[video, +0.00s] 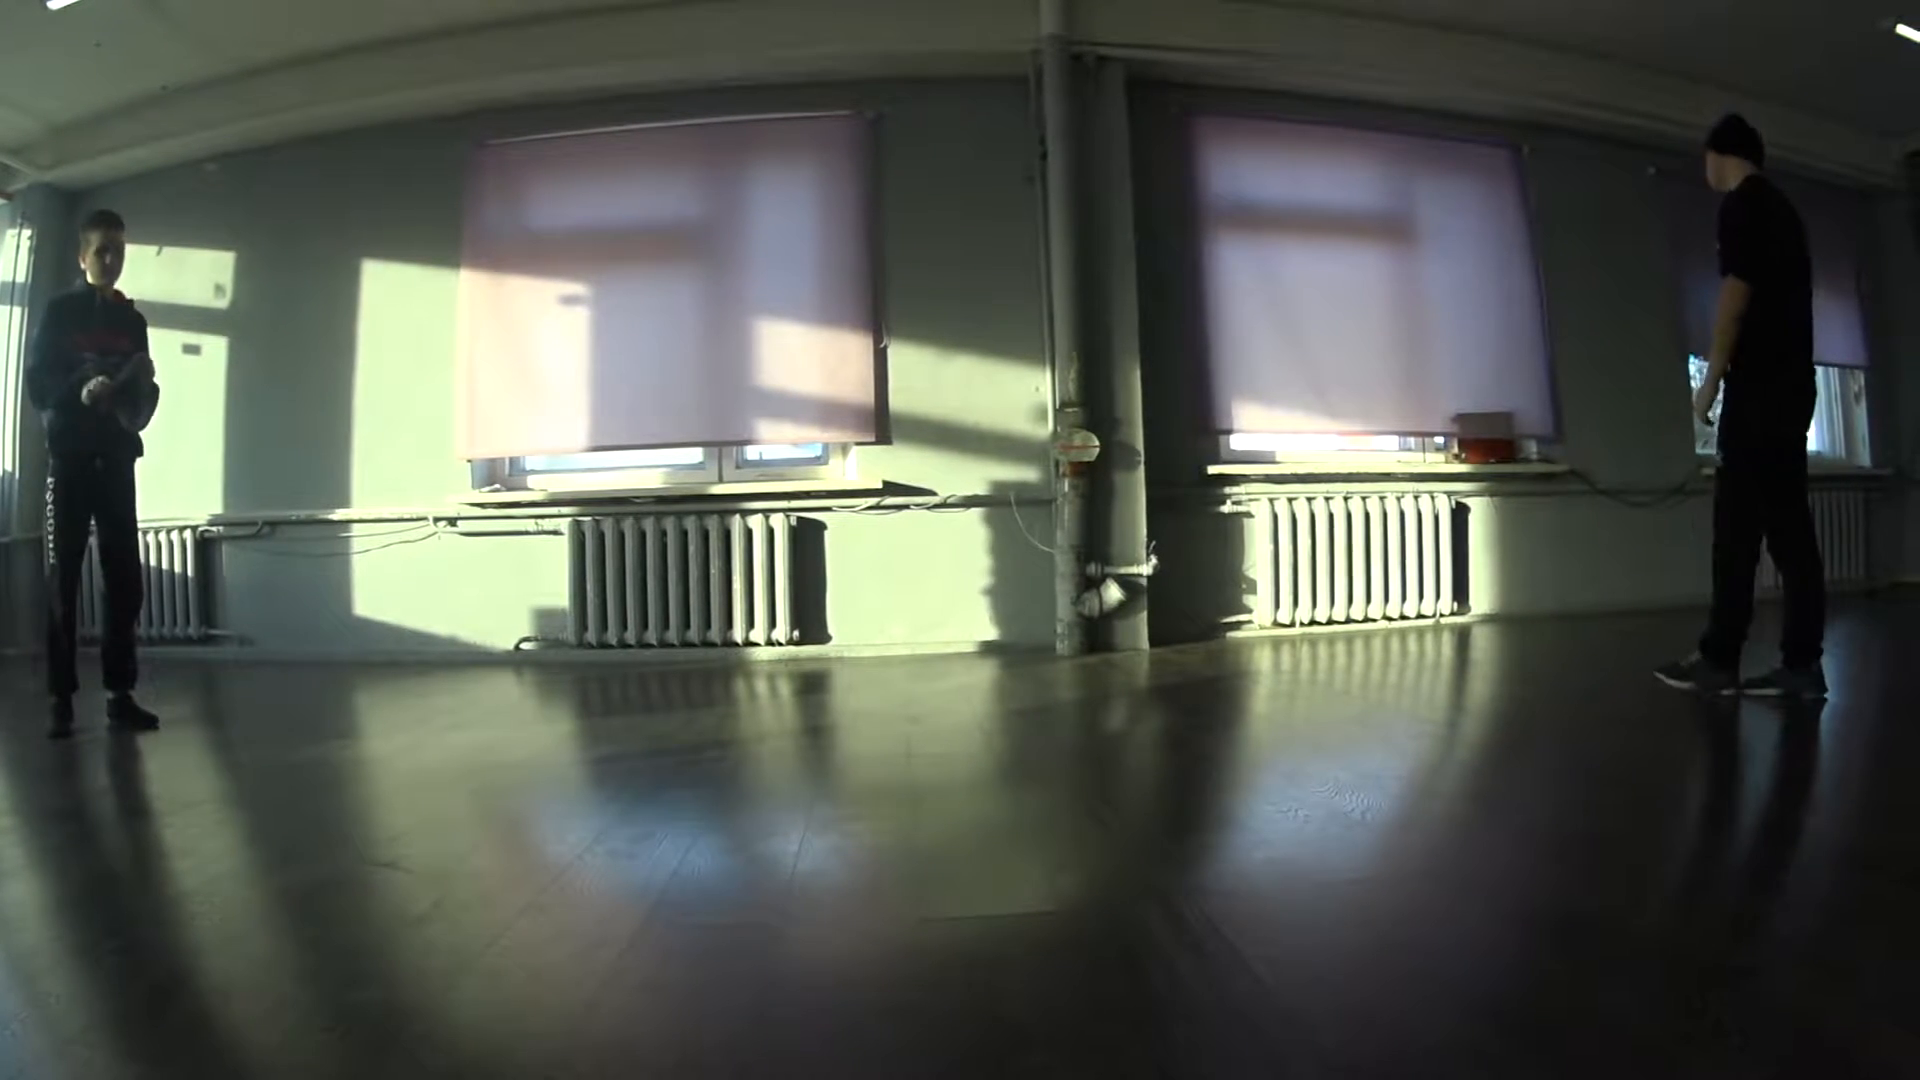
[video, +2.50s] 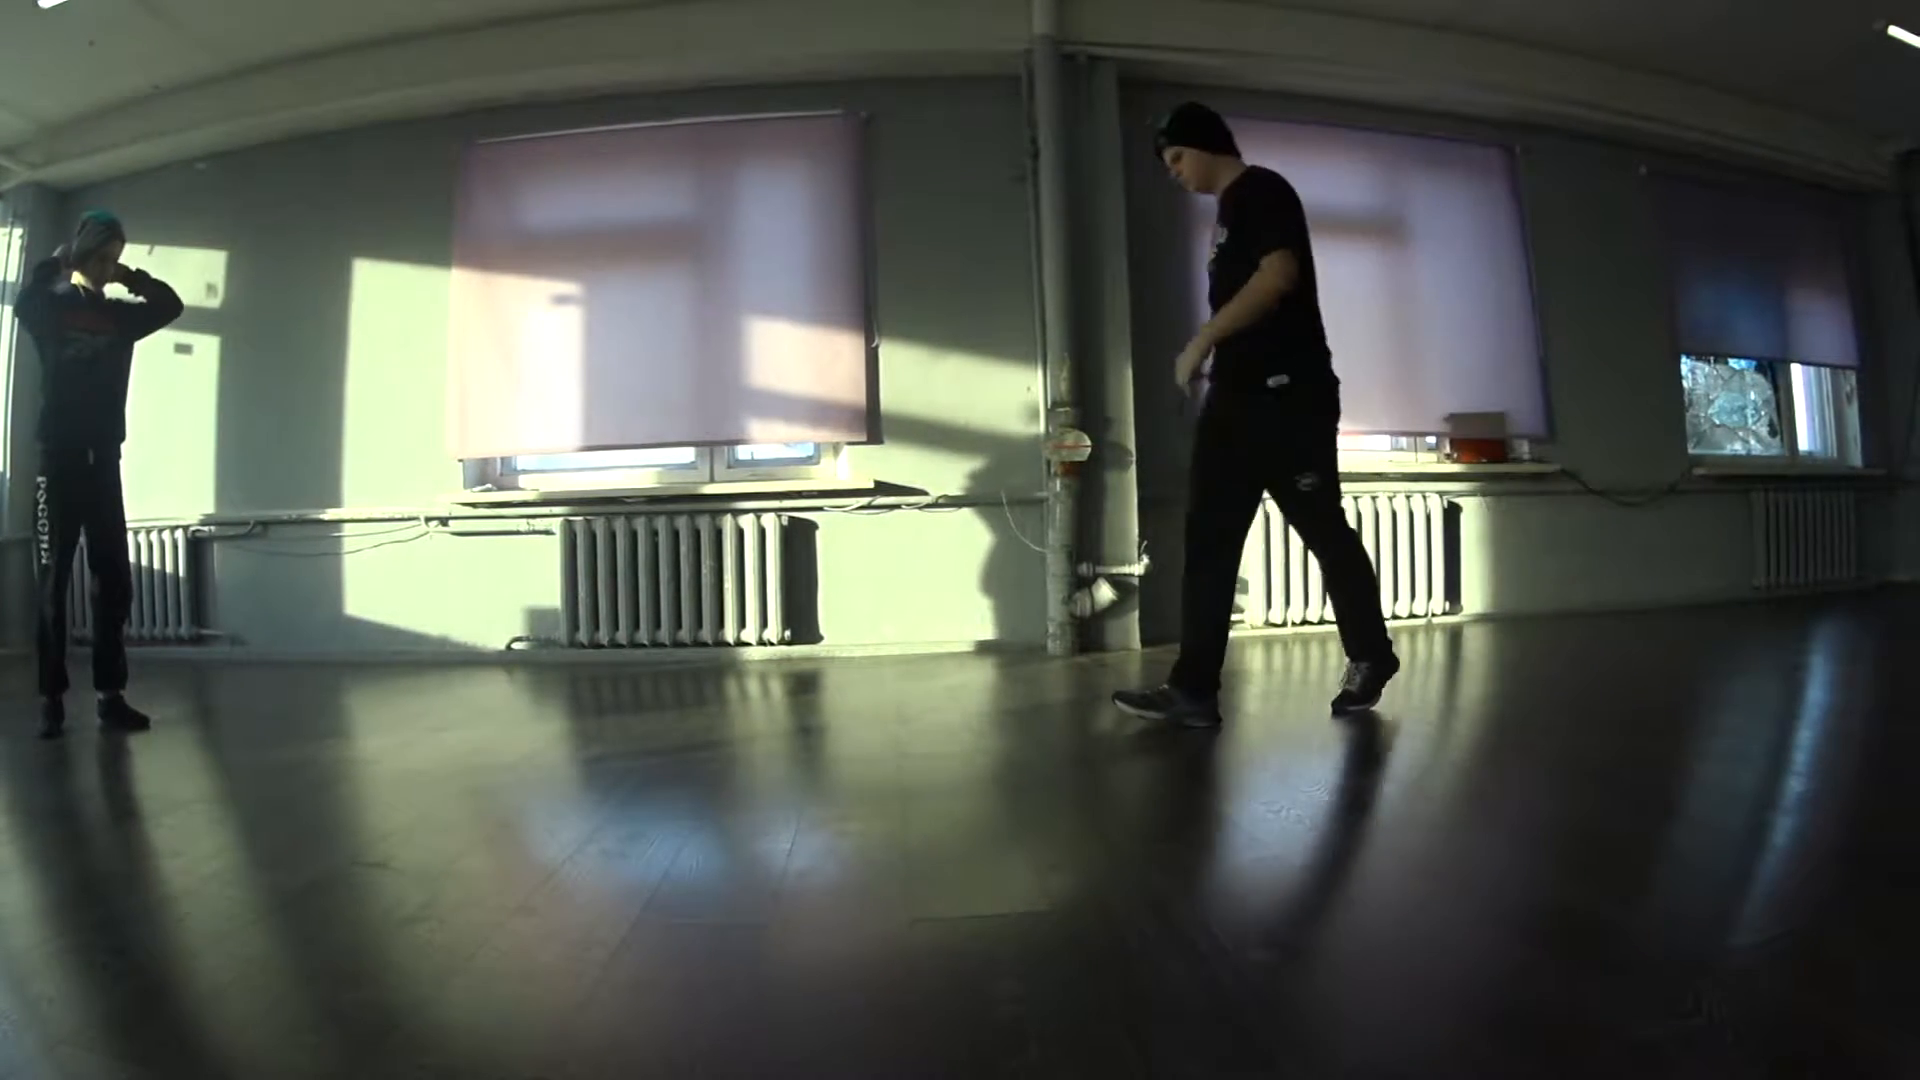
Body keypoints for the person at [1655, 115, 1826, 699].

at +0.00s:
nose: (1707, 172)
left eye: (1709, 161)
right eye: (1708, 161)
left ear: (1725, 158)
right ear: (1755, 157)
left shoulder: (1742, 206)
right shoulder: (1779, 207)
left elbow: (1736, 295)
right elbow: (1782, 307)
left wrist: (1711, 379)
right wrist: (1737, 373)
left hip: (1757, 387)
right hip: (1791, 387)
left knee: (1736, 525)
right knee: (1790, 525)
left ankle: (1718, 659)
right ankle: (1803, 665)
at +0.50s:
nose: (1683, 184)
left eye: (1682, 172)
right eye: (1680, 174)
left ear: (1695, 162)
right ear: (1722, 155)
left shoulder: (1736, 211)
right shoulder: (1754, 209)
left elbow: (1746, 300)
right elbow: (1759, 307)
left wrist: (1741, 386)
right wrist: (1746, 385)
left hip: (1749, 394)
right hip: (1770, 393)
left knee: (1718, 532)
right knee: (1781, 533)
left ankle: (1703, 669)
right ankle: (1800, 666)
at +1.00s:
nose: (1632, 152)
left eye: (1636, 139)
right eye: (1629, 141)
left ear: (1665, 136)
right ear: (1666, 138)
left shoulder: (1696, 194)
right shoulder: (1685, 194)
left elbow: (1706, 287)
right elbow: (1688, 298)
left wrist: (1684, 385)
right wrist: (1668, 377)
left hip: (1721, 380)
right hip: (1716, 379)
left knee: (1712, 527)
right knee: (1746, 519)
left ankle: (1709, 675)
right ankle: (1795, 658)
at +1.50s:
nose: (1541, 159)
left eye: (1545, 144)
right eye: (1535, 150)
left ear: (1574, 133)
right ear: (1559, 145)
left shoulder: (1622, 189)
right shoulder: (1596, 199)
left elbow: (1655, 281)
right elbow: (1618, 297)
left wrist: (1653, 384)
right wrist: (1608, 383)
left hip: (1639, 388)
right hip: (1610, 390)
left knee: (1676, 538)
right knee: (1563, 519)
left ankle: (1709, 678)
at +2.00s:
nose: (1331, 158)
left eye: (1337, 143)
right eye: (1325, 149)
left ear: (1370, 132)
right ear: (1336, 152)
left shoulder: (1435, 185)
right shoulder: (1365, 213)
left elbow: (1480, 280)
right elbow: (1379, 307)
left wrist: (1436, 369)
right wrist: (1379, 382)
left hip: (1473, 386)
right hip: (1412, 393)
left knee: (1514, 525)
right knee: (1412, 542)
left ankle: (1602, 639)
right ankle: (1423, 691)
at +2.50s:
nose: (1175, 174)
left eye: (1176, 159)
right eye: (1169, 166)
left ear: (1205, 145)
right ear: (1202, 153)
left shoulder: (1262, 191)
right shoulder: (1235, 211)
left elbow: (1280, 274)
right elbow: (1257, 306)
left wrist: (1205, 339)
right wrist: (1226, 383)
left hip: (1289, 397)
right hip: (1238, 402)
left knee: (1325, 532)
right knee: (1210, 540)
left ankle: (1371, 658)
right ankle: (1194, 688)